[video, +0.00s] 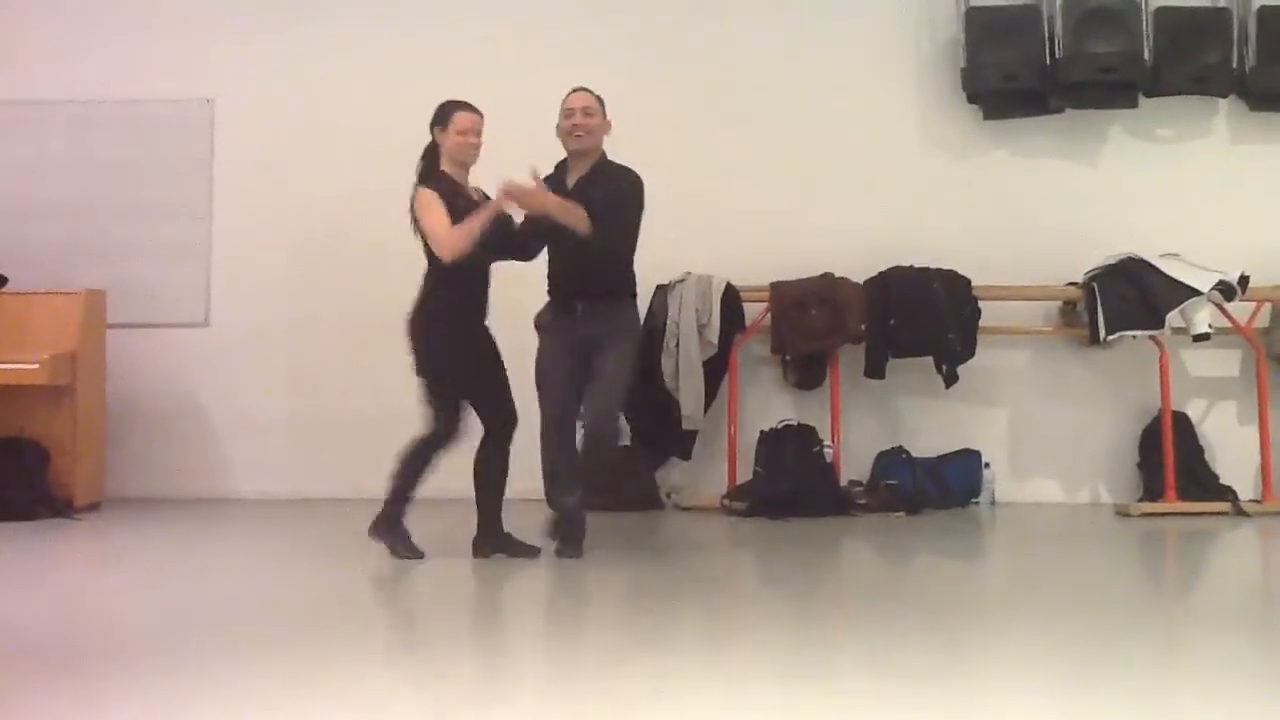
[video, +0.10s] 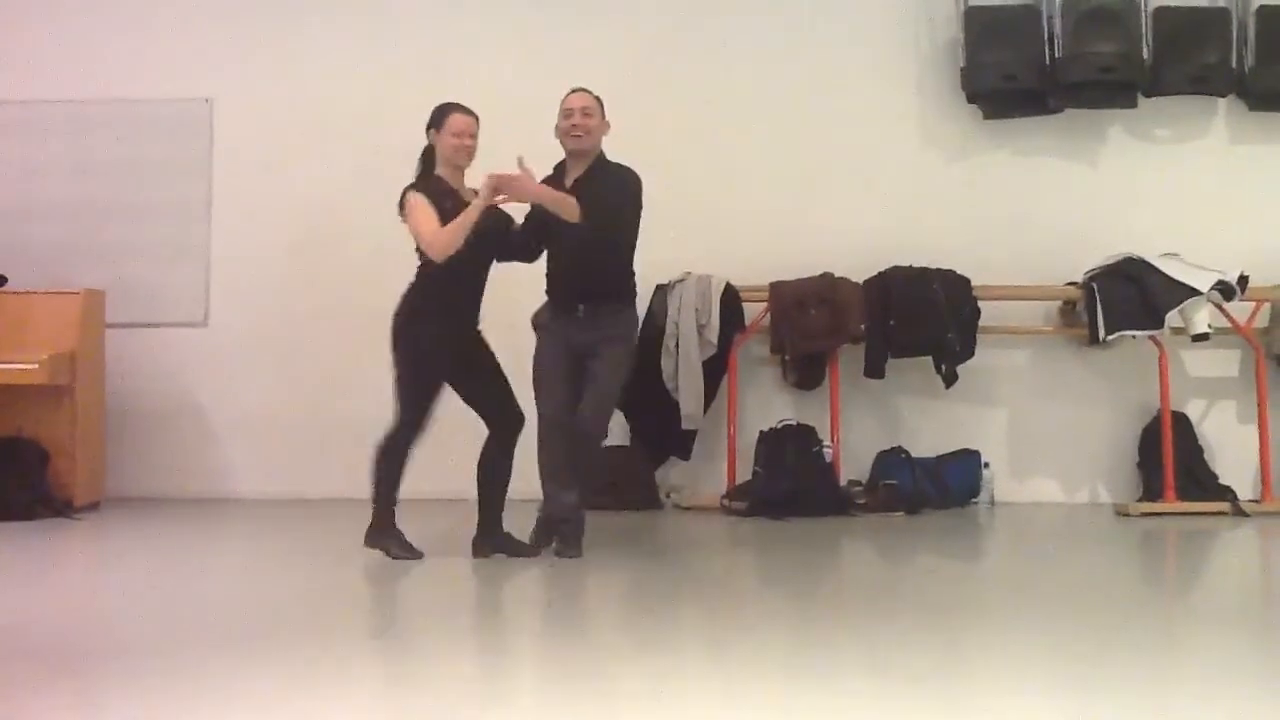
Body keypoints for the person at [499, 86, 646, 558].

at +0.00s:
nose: (576, 120)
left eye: (587, 113)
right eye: (568, 114)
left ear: (606, 126)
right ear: (558, 128)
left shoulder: (625, 183)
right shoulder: (550, 187)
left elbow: (615, 241)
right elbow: (525, 245)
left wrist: (548, 206)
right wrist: (484, 228)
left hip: (615, 319)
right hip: (562, 319)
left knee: (600, 415)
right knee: (556, 417)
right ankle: (567, 519)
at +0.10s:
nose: (576, 121)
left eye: (586, 114)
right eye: (568, 115)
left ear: (604, 126)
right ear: (556, 128)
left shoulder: (623, 182)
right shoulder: (551, 187)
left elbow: (605, 228)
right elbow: (525, 246)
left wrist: (538, 194)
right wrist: (477, 230)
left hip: (612, 323)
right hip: (558, 320)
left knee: (589, 421)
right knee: (553, 419)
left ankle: (554, 509)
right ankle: (567, 526)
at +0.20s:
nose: (575, 122)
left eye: (585, 115)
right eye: (567, 116)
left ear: (604, 129)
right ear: (556, 130)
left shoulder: (622, 185)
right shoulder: (546, 190)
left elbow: (612, 246)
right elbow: (528, 249)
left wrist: (540, 216)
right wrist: (492, 231)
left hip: (607, 321)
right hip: (554, 319)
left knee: (588, 420)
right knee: (552, 417)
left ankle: (550, 512)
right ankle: (567, 526)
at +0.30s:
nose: (574, 119)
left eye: (585, 112)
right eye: (566, 113)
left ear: (603, 126)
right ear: (556, 127)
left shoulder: (623, 184)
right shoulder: (545, 187)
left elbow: (607, 244)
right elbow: (531, 245)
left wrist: (542, 233)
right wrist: (505, 240)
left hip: (607, 320)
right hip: (553, 317)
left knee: (585, 421)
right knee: (552, 415)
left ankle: (546, 509)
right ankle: (567, 523)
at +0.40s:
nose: (578, 119)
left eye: (588, 112)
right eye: (570, 113)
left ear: (607, 124)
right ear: (560, 126)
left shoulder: (631, 185)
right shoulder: (548, 185)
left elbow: (626, 251)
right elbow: (522, 237)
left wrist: (577, 253)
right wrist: (482, 213)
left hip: (609, 320)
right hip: (556, 316)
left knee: (586, 421)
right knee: (554, 413)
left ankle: (546, 509)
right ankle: (567, 524)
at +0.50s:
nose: (582, 119)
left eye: (592, 113)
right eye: (574, 113)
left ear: (611, 125)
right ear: (563, 127)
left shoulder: (639, 185)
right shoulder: (551, 187)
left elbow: (666, 250)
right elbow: (516, 234)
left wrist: (622, 274)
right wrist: (477, 210)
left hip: (614, 322)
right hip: (560, 317)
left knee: (597, 423)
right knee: (557, 415)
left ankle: (555, 505)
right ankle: (566, 525)